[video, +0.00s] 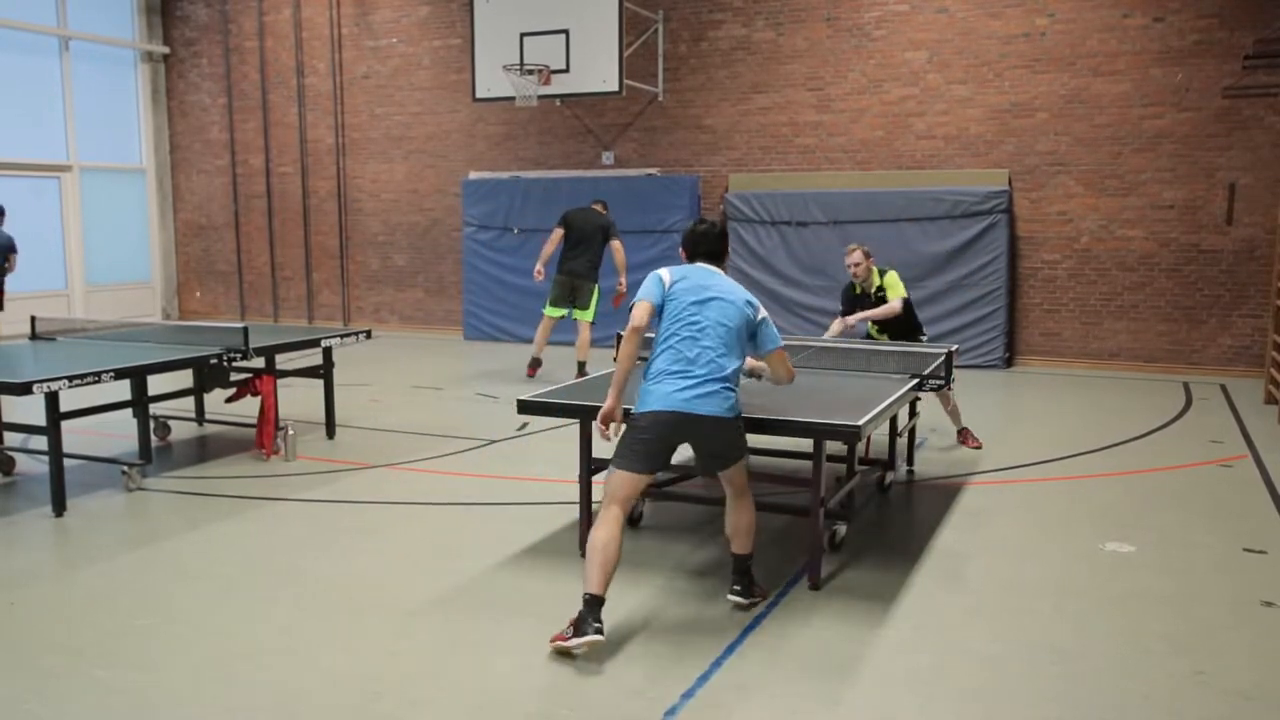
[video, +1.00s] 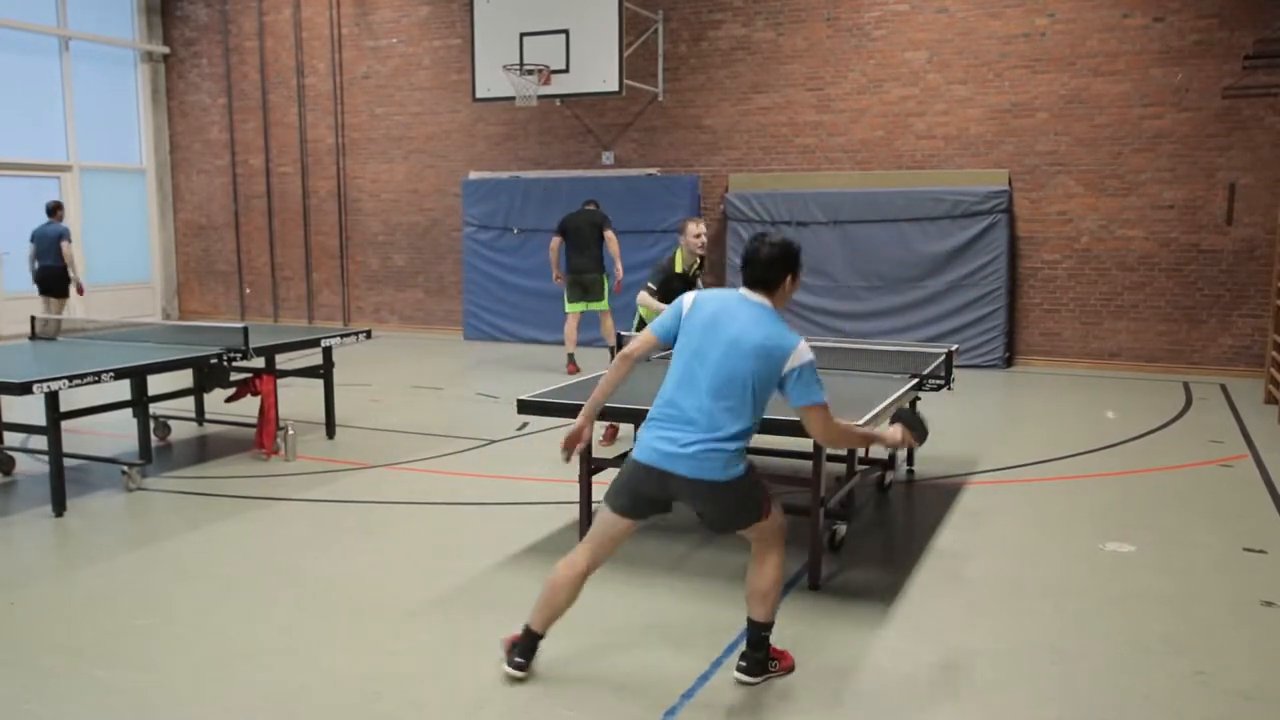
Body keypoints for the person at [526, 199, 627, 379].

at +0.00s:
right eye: (605, 213)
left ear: (590, 206)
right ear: (604, 211)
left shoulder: (570, 214)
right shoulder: (607, 222)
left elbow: (554, 238)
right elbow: (617, 247)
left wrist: (541, 262)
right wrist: (622, 276)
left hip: (563, 275)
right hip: (587, 280)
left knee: (548, 319)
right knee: (584, 324)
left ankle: (535, 358)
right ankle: (581, 370)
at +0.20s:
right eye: (598, 213)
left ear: (585, 210)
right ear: (599, 213)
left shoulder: (567, 218)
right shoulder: (605, 223)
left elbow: (552, 242)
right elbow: (616, 247)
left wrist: (544, 266)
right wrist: (622, 272)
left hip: (563, 274)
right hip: (587, 277)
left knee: (563, 319)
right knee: (584, 323)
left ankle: (562, 362)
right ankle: (581, 369)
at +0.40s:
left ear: (578, 216)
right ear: (593, 216)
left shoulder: (562, 225)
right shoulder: (594, 221)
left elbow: (547, 249)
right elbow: (604, 240)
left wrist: (546, 278)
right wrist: (615, 264)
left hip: (564, 277)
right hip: (586, 275)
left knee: (569, 319)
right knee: (588, 318)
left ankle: (570, 361)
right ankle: (585, 355)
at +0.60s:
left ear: (574, 212)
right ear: (589, 210)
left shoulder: (559, 223)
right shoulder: (589, 212)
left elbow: (547, 249)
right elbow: (599, 232)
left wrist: (550, 276)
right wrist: (610, 257)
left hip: (565, 271)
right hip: (587, 269)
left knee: (569, 317)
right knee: (600, 307)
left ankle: (570, 359)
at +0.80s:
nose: (596, 213)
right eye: (595, 209)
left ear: (577, 207)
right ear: (591, 207)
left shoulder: (562, 219)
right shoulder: (592, 213)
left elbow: (549, 245)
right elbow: (601, 231)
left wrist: (553, 272)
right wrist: (612, 257)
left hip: (568, 273)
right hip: (590, 269)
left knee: (570, 318)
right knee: (606, 305)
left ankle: (570, 360)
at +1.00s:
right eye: (597, 209)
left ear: (582, 207)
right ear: (597, 208)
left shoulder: (567, 219)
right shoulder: (601, 217)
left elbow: (554, 244)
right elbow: (610, 238)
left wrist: (555, 270)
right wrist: (618, 264)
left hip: (573, 274)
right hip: (596, 273)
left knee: (572, 317)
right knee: (605, 314)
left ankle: (570, 359)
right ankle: (613, 353)